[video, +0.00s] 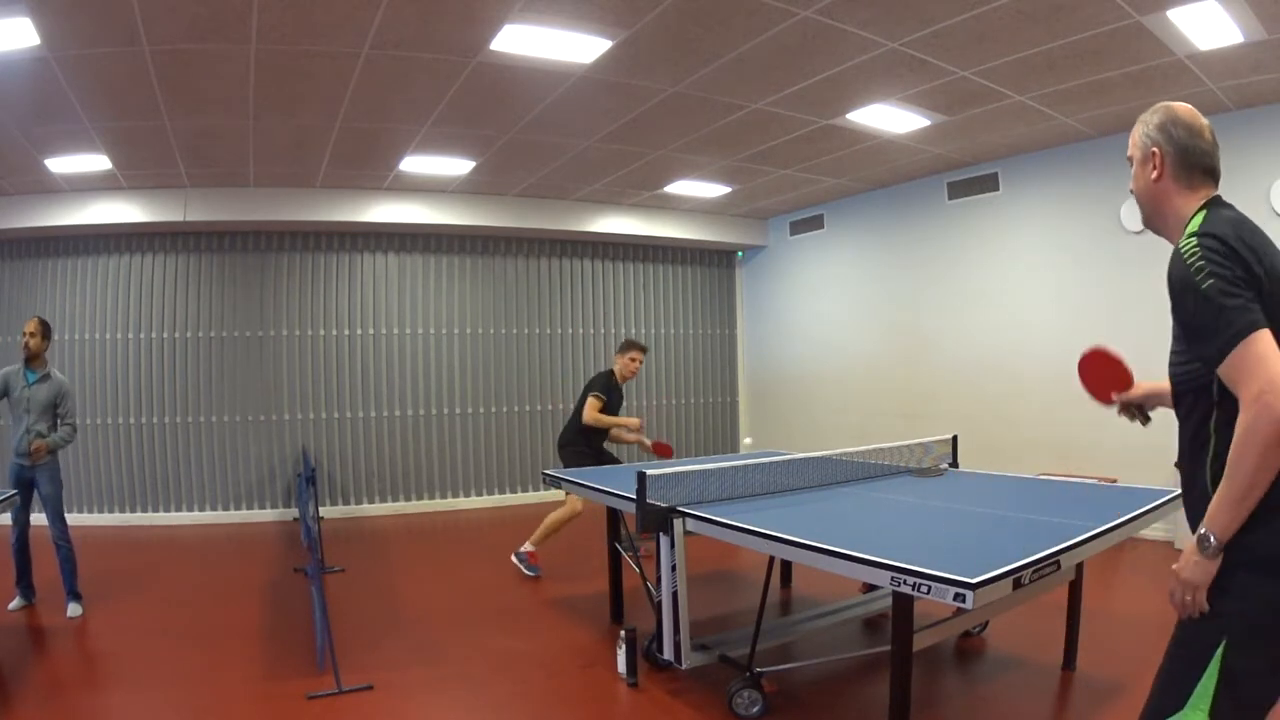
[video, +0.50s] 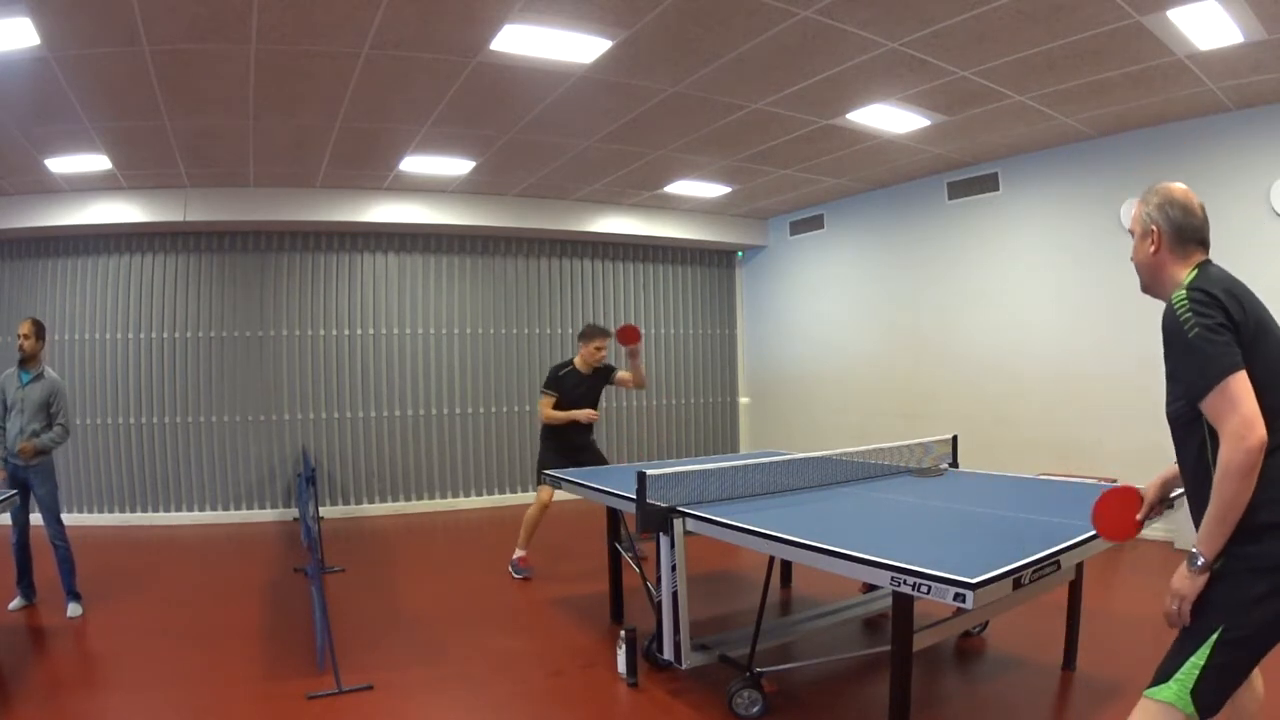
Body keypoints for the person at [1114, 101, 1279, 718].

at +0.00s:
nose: (1129, 184)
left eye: (1132, 164)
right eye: (1129, 165)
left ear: (1156, 163)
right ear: (1206, 164)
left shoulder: (1198, 256)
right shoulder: (1242, 237)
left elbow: (1268, 400)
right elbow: (1249, 369)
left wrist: (1206, 543)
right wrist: (1163, 394)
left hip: (1250, 556)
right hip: (1261, 547)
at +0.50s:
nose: (1129, 253)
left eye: (1132, 237)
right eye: (1130, 238)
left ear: (1153, 240)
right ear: (1190, 237)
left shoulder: (1190, 306)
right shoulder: (1224, 292)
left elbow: (1244, 437)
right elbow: (1246, 423)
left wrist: (1198, 561)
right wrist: (1171, 481)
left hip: (1257, 554)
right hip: (1268, 542)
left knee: (1160, 707)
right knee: (1235, 670)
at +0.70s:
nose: (1118, 273)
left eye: (1124, 257)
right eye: (1119, 257)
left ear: (1151, 260)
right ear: (1157, 260)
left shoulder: (1207, 319)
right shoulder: (1199, 323)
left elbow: (1272, 428)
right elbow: (1192, 456)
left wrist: (1225, 556)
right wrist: (1112, 513)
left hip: (1267, 563)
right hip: (1260, 559)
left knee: (1181, 709)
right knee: (1197, 703)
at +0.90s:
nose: (1100, 236)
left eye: (1106, 218)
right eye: (1102, 220)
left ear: (1139, 223)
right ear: (1144, 224)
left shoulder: (1204, 287)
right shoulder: (1172, 317)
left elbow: (1278, 403)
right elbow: (1144, 435)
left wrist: (1238, 541)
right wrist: (1056, 440)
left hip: (1261, 556)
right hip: (1239, 554)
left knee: (1175, 712)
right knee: (1197, 709)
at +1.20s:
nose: (1098, 210)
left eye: (1100, 193)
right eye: (1098, 195)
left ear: (1122, 194)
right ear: (1167, 193)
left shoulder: (1174, 268)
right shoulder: (1201, 256)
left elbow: (1236, 410)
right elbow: (1227, 408)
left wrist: (1170, 556)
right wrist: (1135, 437)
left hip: (1242, 556)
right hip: (1257, 546)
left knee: (1169, 711)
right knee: (1195, 706)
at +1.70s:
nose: (1130, 245)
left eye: (1137, 227)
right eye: (1131, 229)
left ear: (1171, 232)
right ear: (1172, 233)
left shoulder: (1226, 296)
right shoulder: (1200, 324)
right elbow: (1160, 449)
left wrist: (1227, 542)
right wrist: (1079, 477)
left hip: (1268, 550)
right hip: (1257, 548)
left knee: (1199, 708)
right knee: (1215, 705)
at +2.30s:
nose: (1122, 256)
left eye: (1126, 238)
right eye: (1122, 239)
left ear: (1156, 240)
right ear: (1171, 239)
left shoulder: (1204, 315)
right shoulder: (1225, 298)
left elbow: (1267, 443)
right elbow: (1235, 450)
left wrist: (1205, 574)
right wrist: (1159, 514)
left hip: (1264, 573)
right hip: (1263, 566)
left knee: (1180, 712)